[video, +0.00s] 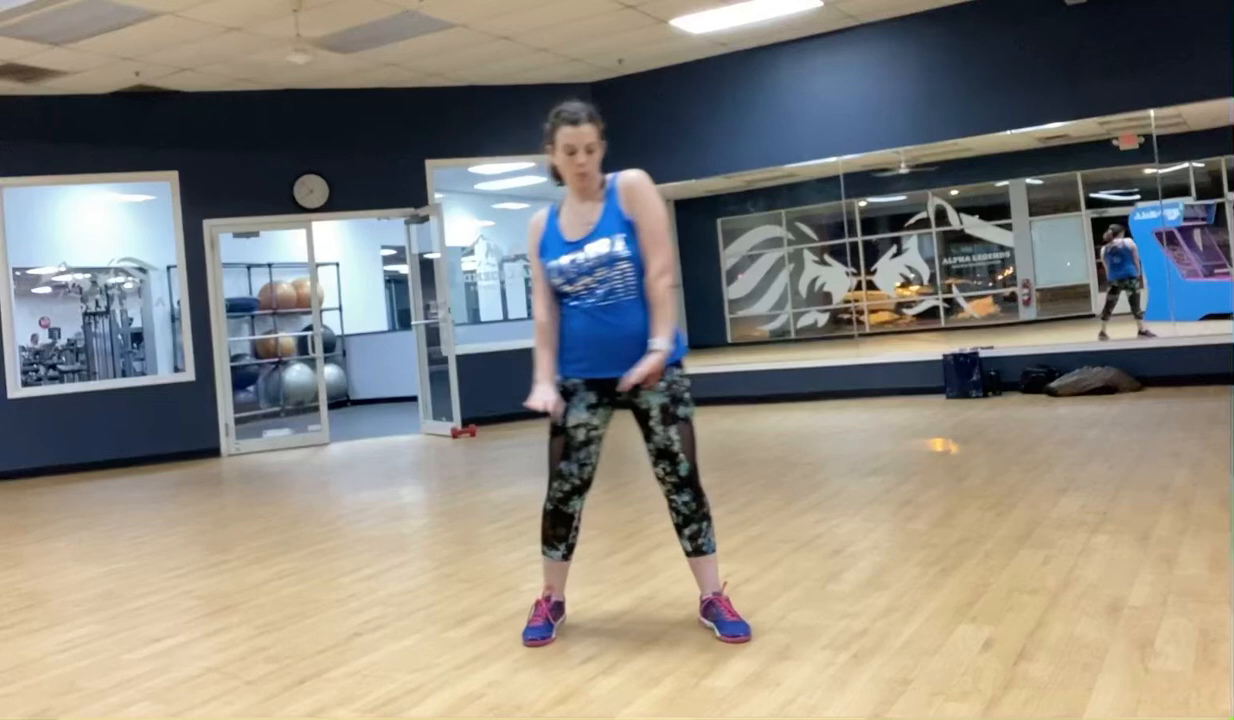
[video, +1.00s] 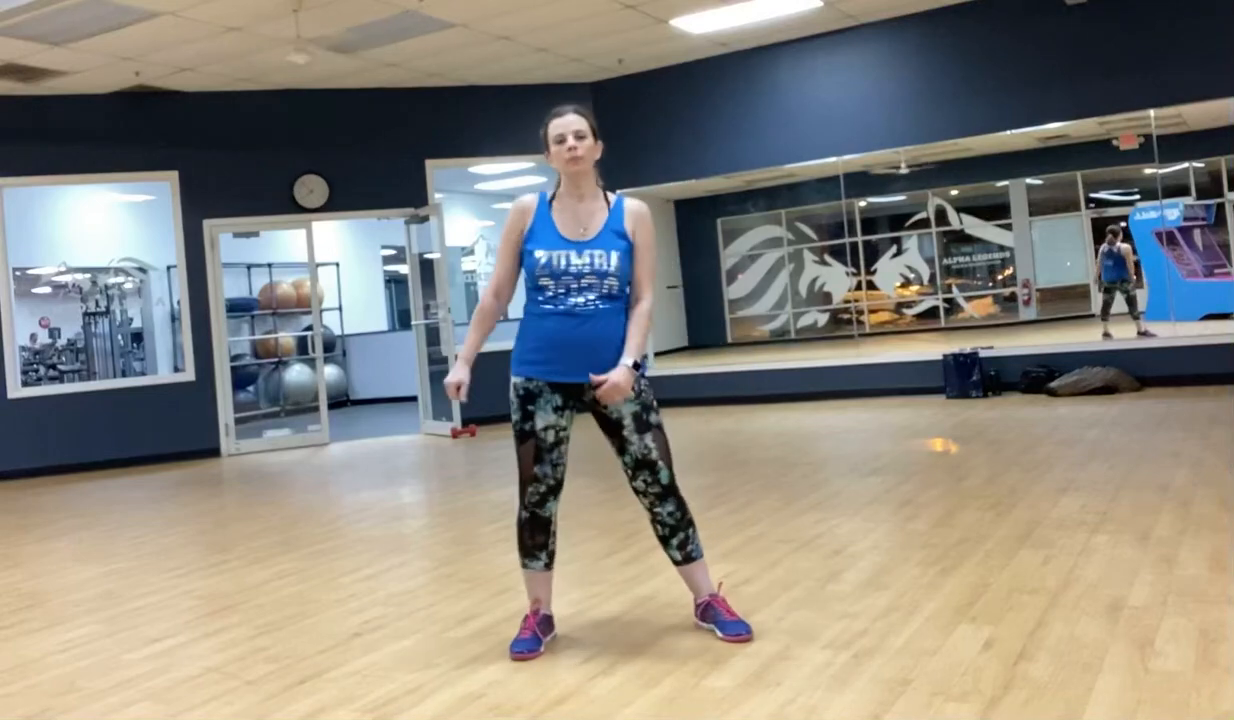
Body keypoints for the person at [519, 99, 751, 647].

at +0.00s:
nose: (582, 159)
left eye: (590, 148)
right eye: (570, 150)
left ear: (603, 148)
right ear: (552, 156)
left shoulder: (633, 187)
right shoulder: (543, 225)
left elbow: (661, 272)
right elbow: (545, 311)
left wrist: (659, 349)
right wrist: (543, 379)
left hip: (650, 364)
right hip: (581, 377)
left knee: (680, 478)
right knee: (564, 488)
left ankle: (713, 596)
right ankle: (551, 600)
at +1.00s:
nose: (571, 146)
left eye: (579, 137)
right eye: (560, 140)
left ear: (598, 146)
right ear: (547, 154)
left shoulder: (632, 213)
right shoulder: (526, 214)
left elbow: (642, 299)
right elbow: (496, 296)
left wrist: (627, 364)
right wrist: (465, 359)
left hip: (614, 373)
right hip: (540, 378)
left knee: (658, 485)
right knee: (537, 496)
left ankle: (708, 600)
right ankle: (538, 613)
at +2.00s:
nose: (636, 158)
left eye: (638, 149)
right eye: (624, 149)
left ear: (638, 154)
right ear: (591, 155)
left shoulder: (660, 209)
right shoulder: (557, 226)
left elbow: (722, 275)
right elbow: (554, 314)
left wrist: (781, 324)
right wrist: (582, 378)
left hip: (688, 364)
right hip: (615, 378)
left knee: (696, 482)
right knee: (588, 495)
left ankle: (710, 600)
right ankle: (550, 612)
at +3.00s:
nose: (591, 155)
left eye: (589, 143)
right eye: (576, 156)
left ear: (601, 143)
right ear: (562, 176)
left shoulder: (652, 203)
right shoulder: (552, 224)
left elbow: (707, 263)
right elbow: (536, 304)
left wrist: (696, 328)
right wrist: (510, 372)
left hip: (649, 371)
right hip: (572, 376)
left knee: (682, 484)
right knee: (559, 490)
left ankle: (712, 599)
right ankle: (545, 613)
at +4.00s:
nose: (551, 135)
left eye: (557, 126)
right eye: (539, 132)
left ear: (574, 138)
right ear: (525, 150)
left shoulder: (610, 207)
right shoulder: (505, 209)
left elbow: (645, 281)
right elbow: (429, 236)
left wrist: (640, 344)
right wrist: (348, 250)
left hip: (611, 369)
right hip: (537, 377)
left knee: (667, 468)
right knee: (538, 494)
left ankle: (697, 594)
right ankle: (544, 614)